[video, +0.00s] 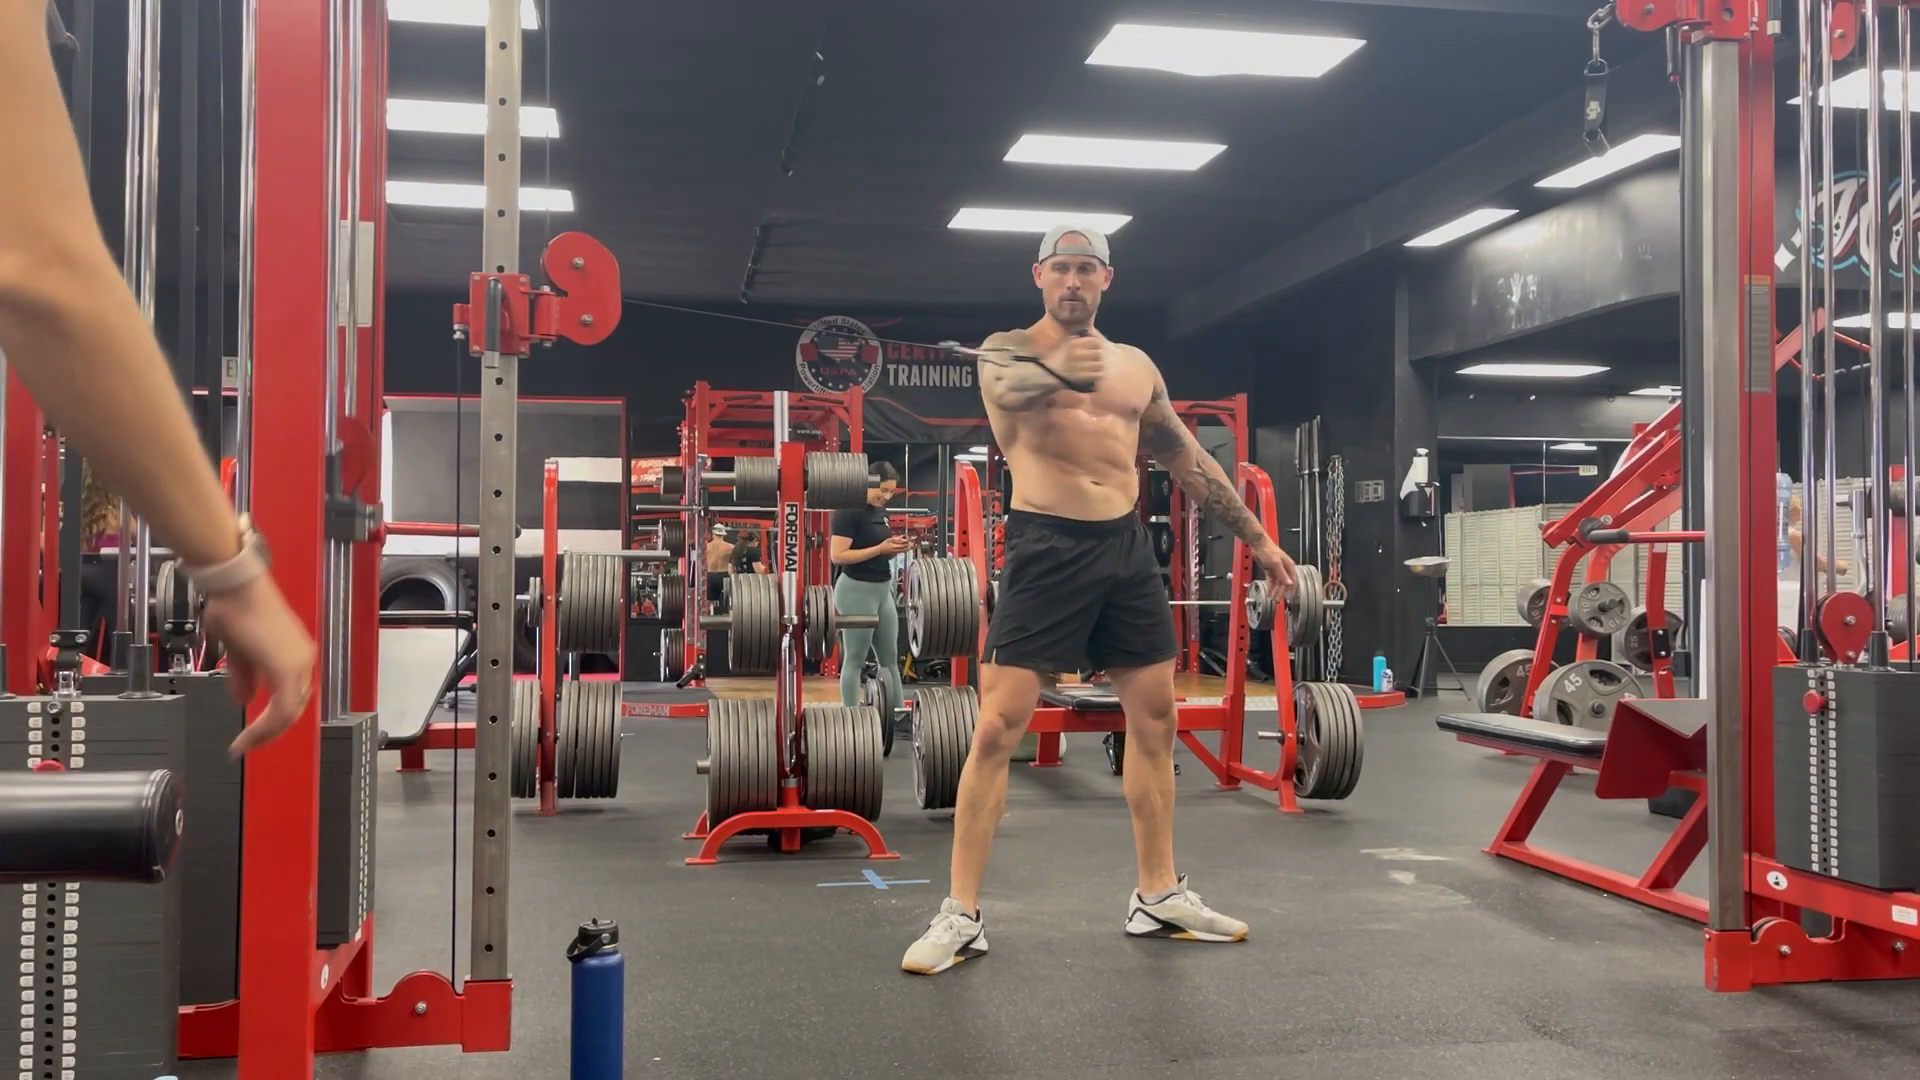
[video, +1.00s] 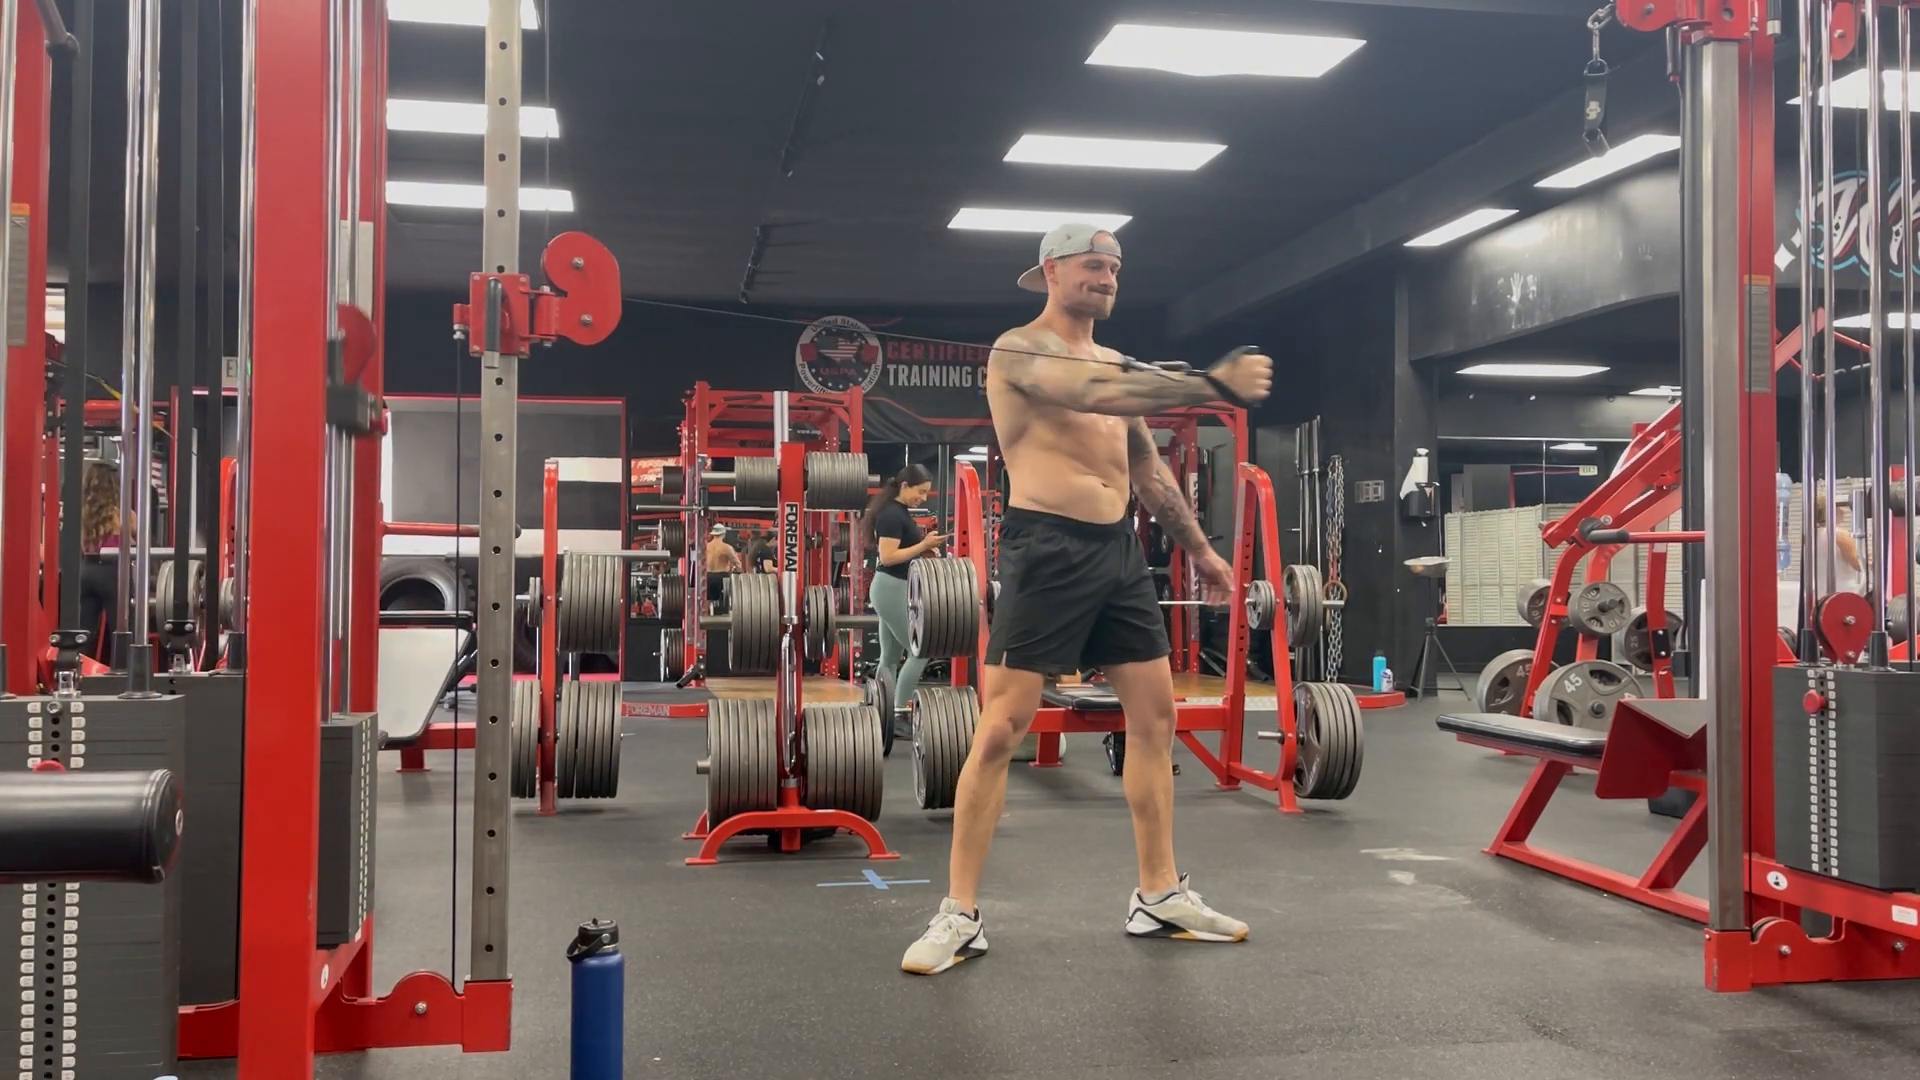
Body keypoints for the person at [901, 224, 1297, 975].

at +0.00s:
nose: (1074, 281)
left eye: (1086, 269)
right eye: (1062, 268)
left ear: (1107, 281)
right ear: (1039, 280)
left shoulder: (1138, 367)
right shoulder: (1004, 349)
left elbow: (1194, 465)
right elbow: (1009, 390)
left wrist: (1261, 542)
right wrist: (1067, 374)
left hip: (1127, 552)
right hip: (1043, 551)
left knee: (1155, 720)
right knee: (995, 730)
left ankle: (1157, 894)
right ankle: (961, 911)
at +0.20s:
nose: (1049, 276)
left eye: (1064, 264)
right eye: (1039, 265)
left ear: (1098, 280)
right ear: (1027, 280)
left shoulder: (1142, 366)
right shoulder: (1006, 353)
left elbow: (1212, 458)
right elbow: (968, 381)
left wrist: (1287, 532)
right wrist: (955, 367)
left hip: (1126, 550)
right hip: (1037, 550)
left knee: (1159, 721)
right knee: (988, 725)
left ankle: (1158, 896)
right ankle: (960, 910)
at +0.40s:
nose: (1042, 276)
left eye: (1057, 263)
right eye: (1033, 265)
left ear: (1094, 277)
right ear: (1024, 280)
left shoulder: (1145, 365)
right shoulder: (1000, 355)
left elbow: (1220, 453)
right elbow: (941, 390)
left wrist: (1301, 527)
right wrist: (906, 373)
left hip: (1123, 551)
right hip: (1032, 551)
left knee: (1159, 721)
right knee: (981, 725)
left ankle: (1158, 895)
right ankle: (959, 909)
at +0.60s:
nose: (1064, 271)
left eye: (1078, 260)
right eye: (1051, 260)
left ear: (1102, 279)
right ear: (1032, 278)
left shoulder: (1145, 365)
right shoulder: (1008, 349)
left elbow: (1216, 458)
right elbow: (964, 371)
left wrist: (1293, 531)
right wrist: (956, 362)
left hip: (1124, 551)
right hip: (1036, 549)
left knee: (1163, 718)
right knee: (986, 725)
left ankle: (1159, 895)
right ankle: (958, 910)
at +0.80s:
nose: (1087, 273)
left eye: (1098, 263)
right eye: (1072, 260)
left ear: (1110, 281)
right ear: (1041, 275)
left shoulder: (1130, 364)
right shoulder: (1008, 346)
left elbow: (1191, 467)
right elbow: (1017, 390)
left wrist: (1256, 543)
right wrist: (1094, 374)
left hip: (1121, 552)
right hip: (1037, 548)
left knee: (1157, 716)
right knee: (989, 728)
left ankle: (1159, 894)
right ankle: (959, 909)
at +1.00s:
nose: (1103, 276)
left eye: (1111, 266)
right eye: (1089, 262)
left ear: (1116, 280)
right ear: (1047, 273)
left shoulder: (1122, 372)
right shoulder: (1016, 348)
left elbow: (1149, 469)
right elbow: (1085, 387)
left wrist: (1201, 549)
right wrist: (1208, 383)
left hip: (1118, 554)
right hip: (1042, 549)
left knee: (1154, 717)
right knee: (999, 731)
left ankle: (1159, 894)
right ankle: (959, 910)